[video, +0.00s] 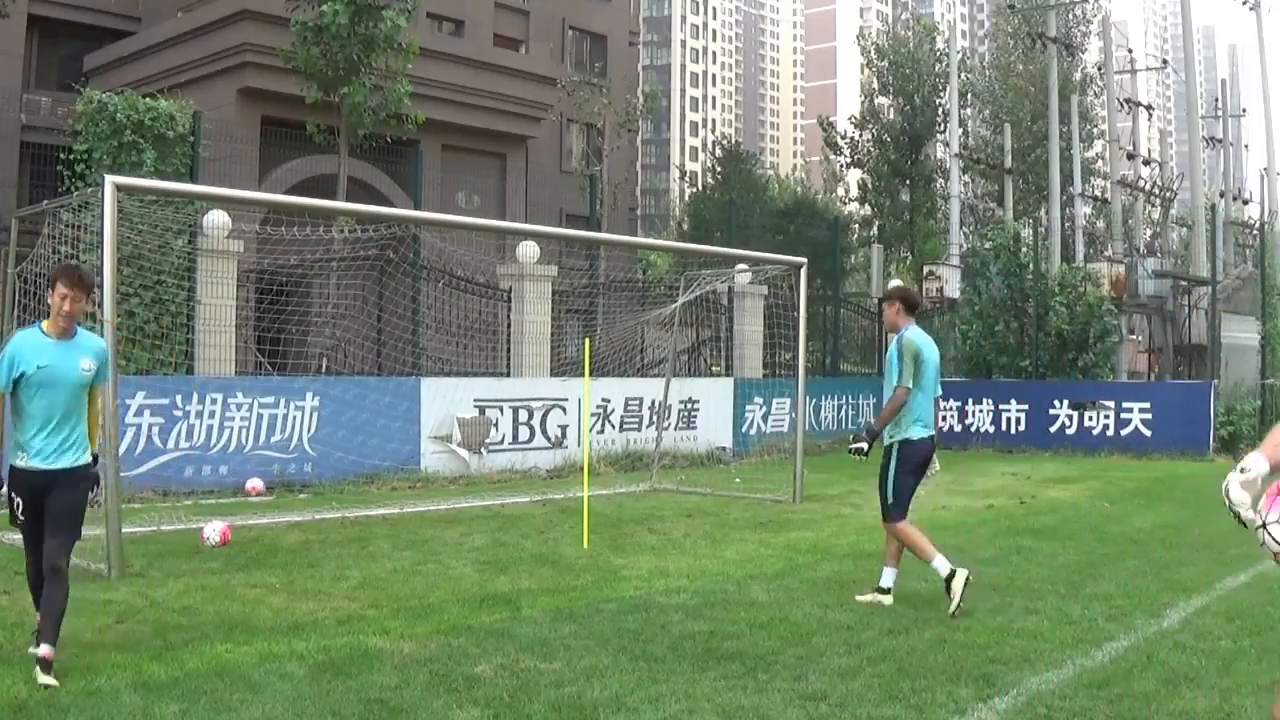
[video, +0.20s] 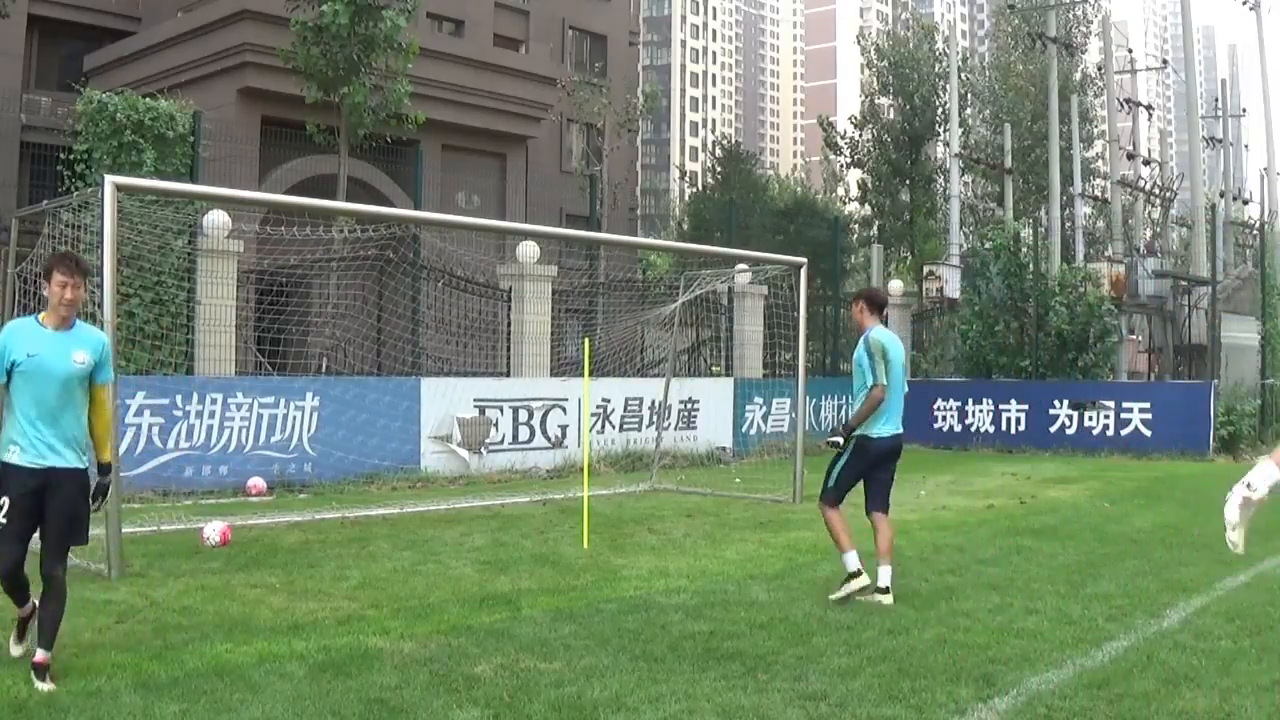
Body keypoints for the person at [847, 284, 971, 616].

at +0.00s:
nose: (882, 315)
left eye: (884, 308)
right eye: (883, 309)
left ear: (897, 308)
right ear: (905, 309)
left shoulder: (905, 341)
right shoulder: (927, 342)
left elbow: (903, 393)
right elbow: (933, 399)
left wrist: (871, 433)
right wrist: (931, 443)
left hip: (906, 441)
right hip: (921, 440)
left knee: (893, 519)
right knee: (895, 516)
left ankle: (949, 573)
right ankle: (884, 588)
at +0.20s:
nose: (853, 315)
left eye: (854, 309)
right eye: (854, 310)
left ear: (864, 309)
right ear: (879, 311)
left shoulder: (872, 339)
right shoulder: (895, 341)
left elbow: (879, 390)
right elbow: (900, 390)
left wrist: (847, 428)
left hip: (868, 439)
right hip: (891, 439)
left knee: (828, 502)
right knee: (879, 511)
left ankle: (854, 572)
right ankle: (884, 587)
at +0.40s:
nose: (817, 319)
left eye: (818, 313)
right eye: (818, 313)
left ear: (827, 312)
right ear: (844, 314)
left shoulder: (833, 345)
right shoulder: (862, 345)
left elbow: (840, 396)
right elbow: (870, 392)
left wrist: (807, 419)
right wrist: (820, 413)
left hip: (831, 442)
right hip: (858, 441)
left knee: (803, 508)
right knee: (859, 511)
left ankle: (783, 577)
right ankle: (880, 584)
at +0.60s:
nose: (784, 317)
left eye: (784, 312)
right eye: (785, 312)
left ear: (791, 312)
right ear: (811, 314)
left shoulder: (793, 345)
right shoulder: (828, 343)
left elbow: (783, 398)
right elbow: (839, 392)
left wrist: (763, 399)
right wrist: (804, 392)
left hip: (791, 435)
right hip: (818, 436)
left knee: (783, 507)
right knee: (802, 508)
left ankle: (779, 579)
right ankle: (840, 554)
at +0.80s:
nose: (755, 318)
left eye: (755, 313)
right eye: (756, 313)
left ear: (761, 311)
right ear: (781, 313)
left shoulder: (759, 343)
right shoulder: (799, 342)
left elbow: (731, 389)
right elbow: (812, 391)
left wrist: (747, 385)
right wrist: (783, 387)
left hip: (764, 432)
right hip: (789, 433)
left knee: (770, 503)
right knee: (747, 489)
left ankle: (779, 577)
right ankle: (760, 557)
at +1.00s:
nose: (728, 323)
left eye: (729, 318)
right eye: (731, 319)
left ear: (735, 319)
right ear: (754, 320)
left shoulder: (728, 347)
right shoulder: (769, 349)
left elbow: (696, 386)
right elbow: (779, 395)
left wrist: (719, 386)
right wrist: (749, 390)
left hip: (734, 436)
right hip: (759, 437)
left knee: (747, 505)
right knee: (727, 501)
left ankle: (775, 574)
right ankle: (709, 567)